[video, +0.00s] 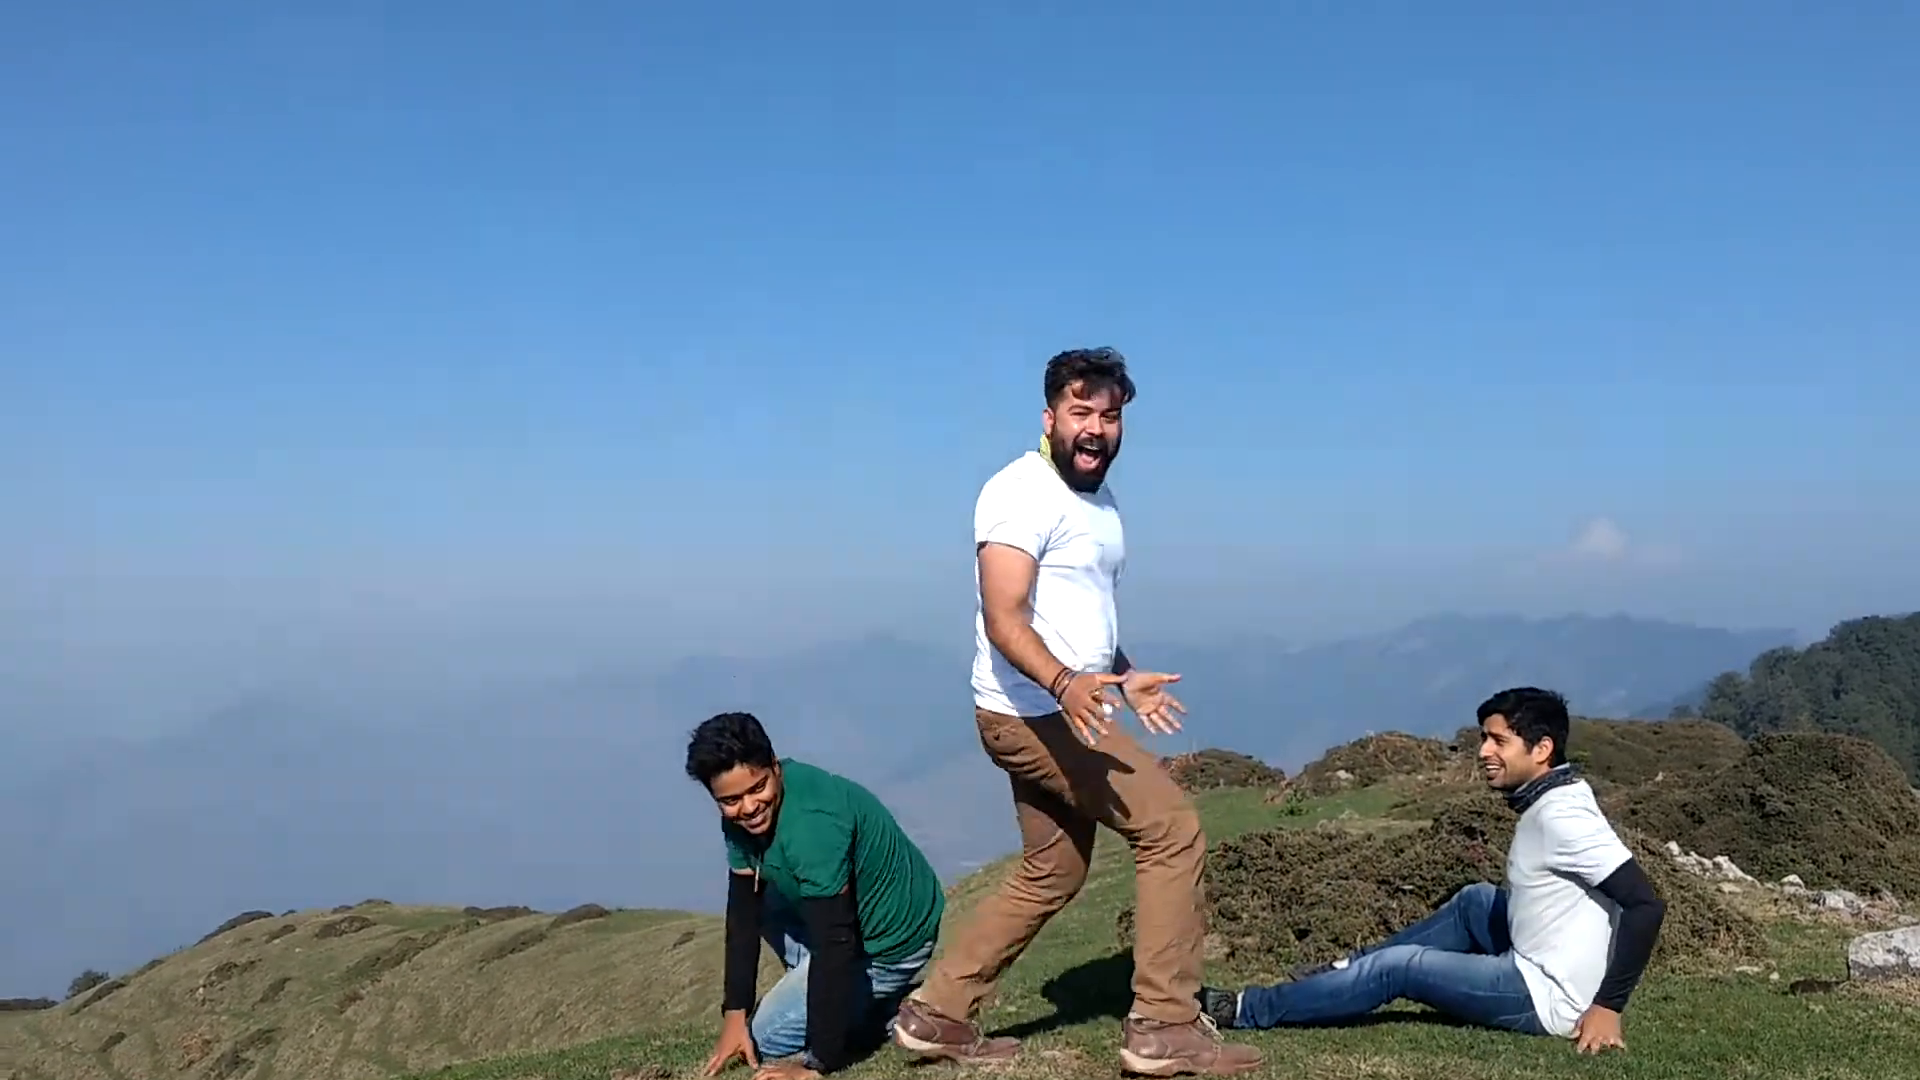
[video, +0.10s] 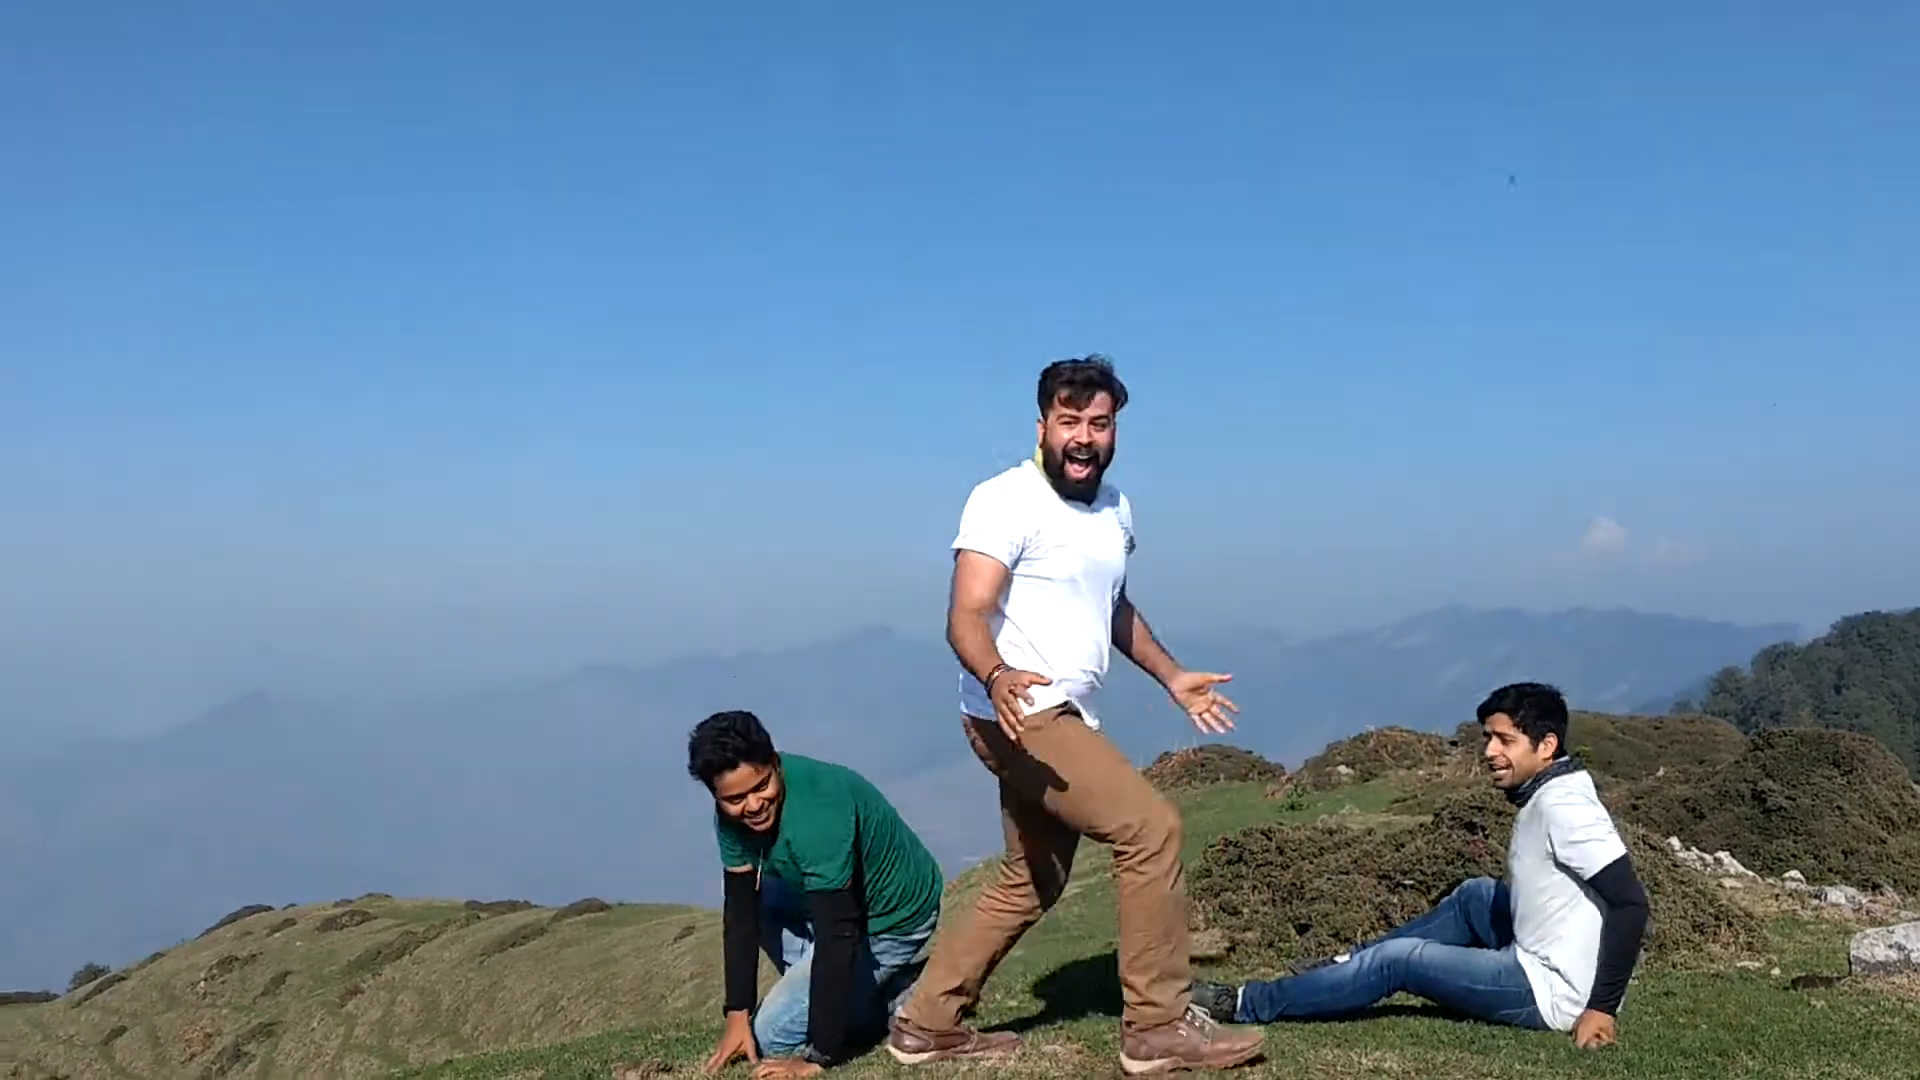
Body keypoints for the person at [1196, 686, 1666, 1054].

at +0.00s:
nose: (1484, 753)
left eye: (1497, 741)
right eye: (1484, 740)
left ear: (1542, 749)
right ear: (1535, 749)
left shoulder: (1564, 814)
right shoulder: (1546, 801)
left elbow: (1645, 908)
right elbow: (1614, 896)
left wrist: (1607, 1006)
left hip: (1549, 995)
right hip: (1544, 958)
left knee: (1395, 965)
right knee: (1478, 900)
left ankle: (1242, 1009)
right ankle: (1356, 977)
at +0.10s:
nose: (1490, 751)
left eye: (1504, 740)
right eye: (1489, 738)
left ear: (1547, 746)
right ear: (1491, 740)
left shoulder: (1567, 804)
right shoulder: (1546, 795)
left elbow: (1630, 906)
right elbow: (1594, 893)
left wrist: (1602, 1006)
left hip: (1551, 990)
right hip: (1543, 954)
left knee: (1397, 959)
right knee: (1478, 895)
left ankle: (1242, 1001)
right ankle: (1358, 969)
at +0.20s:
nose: (1506, 747)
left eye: (1521, 734)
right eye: (1498, 735)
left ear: (1559, 737)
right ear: (1493, 739)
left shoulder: (1566, 795)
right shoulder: (1546, 787)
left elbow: (1609, 899)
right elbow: (1576, 890)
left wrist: (1600, 1005)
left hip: (1548, 985)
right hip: (1539, 950)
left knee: (1393, 946)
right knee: (1475, 888)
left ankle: (1243, 1000)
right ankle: (1380, 965)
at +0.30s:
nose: (1514, 740)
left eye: (1527, 725)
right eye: (1504, 728)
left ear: (1563, 727)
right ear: (1496, 731)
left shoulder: (1572, 791)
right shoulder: (1554, 776)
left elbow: (1602, 901)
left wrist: (1596, 1006)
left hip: (1543, 969)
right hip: (1536, 931)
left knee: (1385, 918)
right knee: (1465, 871)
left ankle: (1244, 992)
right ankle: (1382, 970)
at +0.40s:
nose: (1514, 732)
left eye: (1527, 717)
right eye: (1504, 721)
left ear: (1561, 718)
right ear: (1496, 725)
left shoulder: (1568, 786)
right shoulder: (1556, 773)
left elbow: (1594, 899)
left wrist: (1598, 1007)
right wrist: (1582, 974)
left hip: (1530, 952)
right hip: (1532, 924)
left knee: (1394, 852)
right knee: (1452, 829)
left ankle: (1299, 983)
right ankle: (1378, 966)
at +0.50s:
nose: (1510, 725)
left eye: (1523, 710)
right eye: (1499, 713)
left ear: (1554, 711)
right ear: (1490, 719)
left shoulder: (1555, 783)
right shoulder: (1546, 770)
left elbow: (1581, 899)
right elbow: (1572, 886)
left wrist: (1596, 1007)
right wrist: (1579, 974)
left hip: (1508, 942)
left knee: (1390, 819)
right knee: (1412, 813)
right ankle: (1425, 977)